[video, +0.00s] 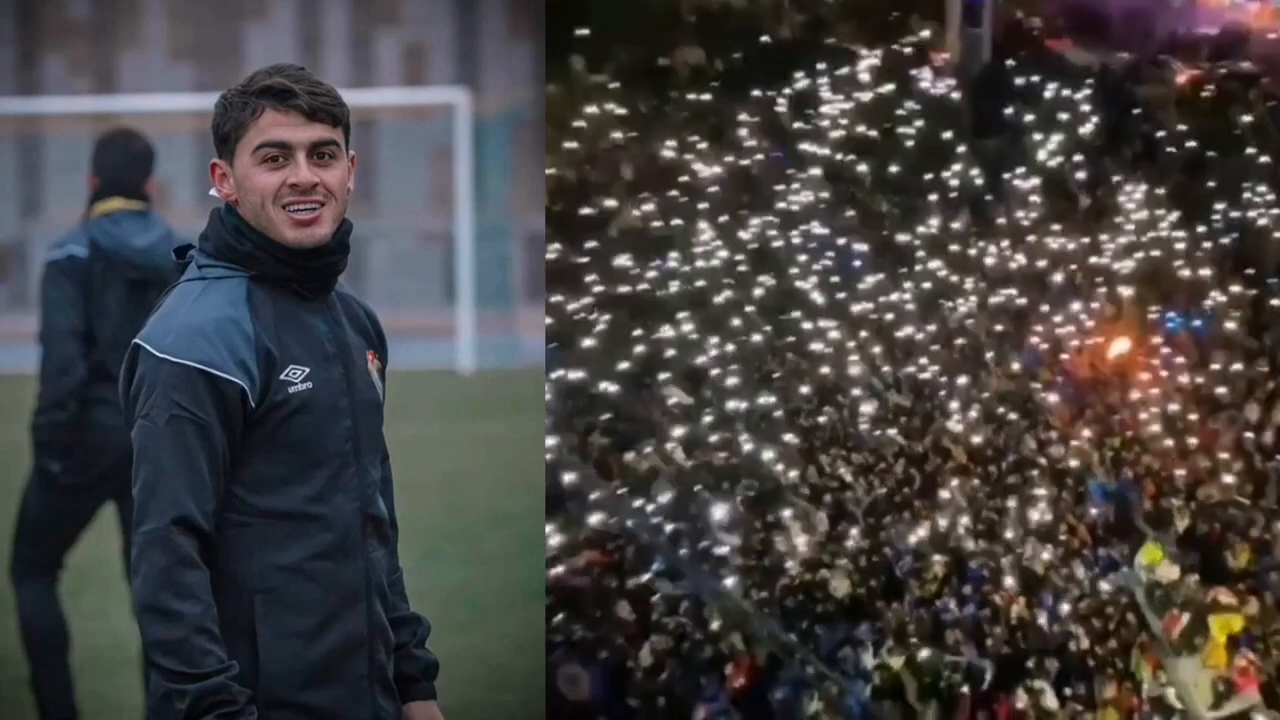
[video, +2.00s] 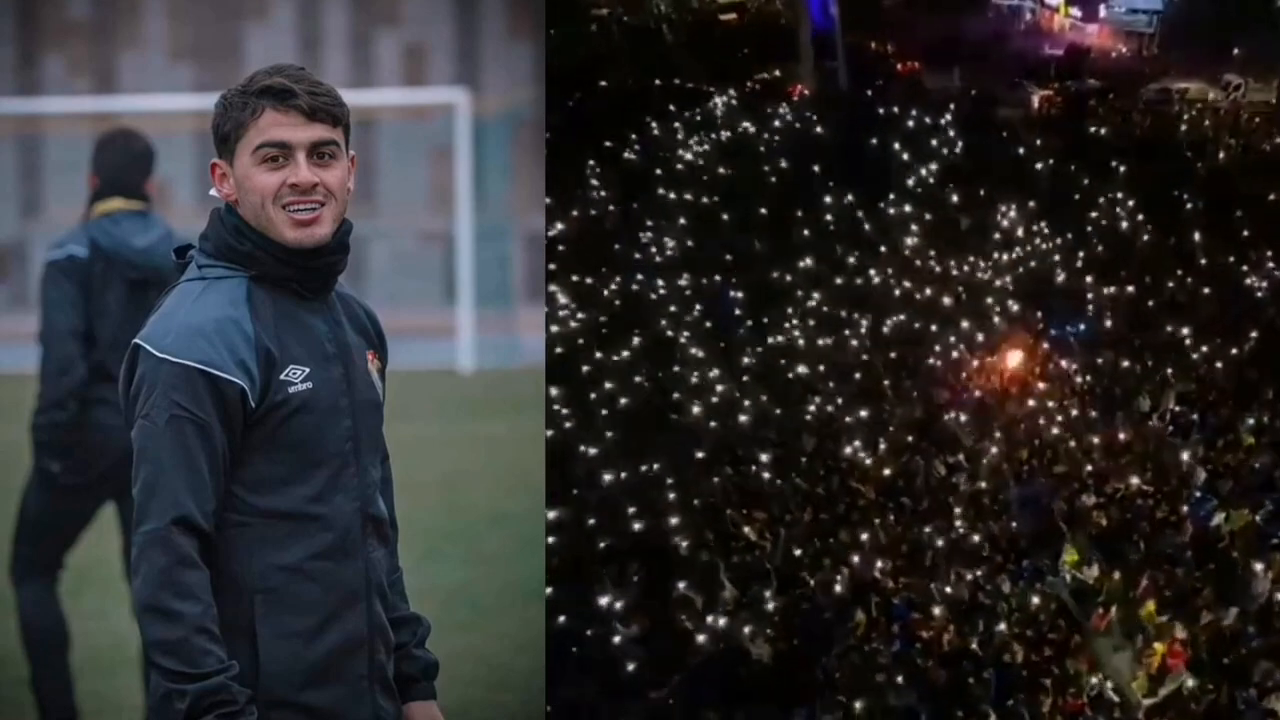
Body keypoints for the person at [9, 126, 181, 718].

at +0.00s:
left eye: (92, 174)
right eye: (150, 178)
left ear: (94, 180)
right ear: (152, 185)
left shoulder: (73, 254)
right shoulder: (178, 255)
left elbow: (65, 363)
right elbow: (190, 352)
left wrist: (51, 441)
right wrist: (175, 428)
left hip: (87, 449)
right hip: (158, 447)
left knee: (33, 569)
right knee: (157, 580)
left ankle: (56, 707)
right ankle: (167, 704)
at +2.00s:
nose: (96, 182)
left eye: (92, 173)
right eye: (150, 178)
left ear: (94, 180)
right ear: (152, 185)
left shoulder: (73, 254)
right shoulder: (178, 255)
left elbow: (65, 363)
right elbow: (191, 352)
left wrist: (51, 442)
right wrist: (175, 429)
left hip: (87, 449)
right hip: (158, 447)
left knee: (34, 570)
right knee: (157, 580)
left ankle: (57, 707)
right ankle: (167, 704)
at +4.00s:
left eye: (92, 174)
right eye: (151, 178)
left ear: (94, 180)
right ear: (152, 185)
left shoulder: (73, 253)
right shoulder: (177, 254)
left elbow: (65, 363)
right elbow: (190, 351)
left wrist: (49, 441)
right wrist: (174, 428)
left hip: (87, 448)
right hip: (158, 447)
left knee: (34, 569)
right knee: (157, 580)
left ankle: (57, 708)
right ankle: (167, 705)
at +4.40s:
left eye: (93, 174)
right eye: (150, 178)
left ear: (94, 180)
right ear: (152, 185)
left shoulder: (73, 253)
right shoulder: (177, 254)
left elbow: (65, 363)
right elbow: (190, 352)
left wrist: (50, 443)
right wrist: (174, 429)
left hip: (87, 449)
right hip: (157, 448)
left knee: (34, 569)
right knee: (157, 580)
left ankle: (57, 708)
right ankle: (167, 705)